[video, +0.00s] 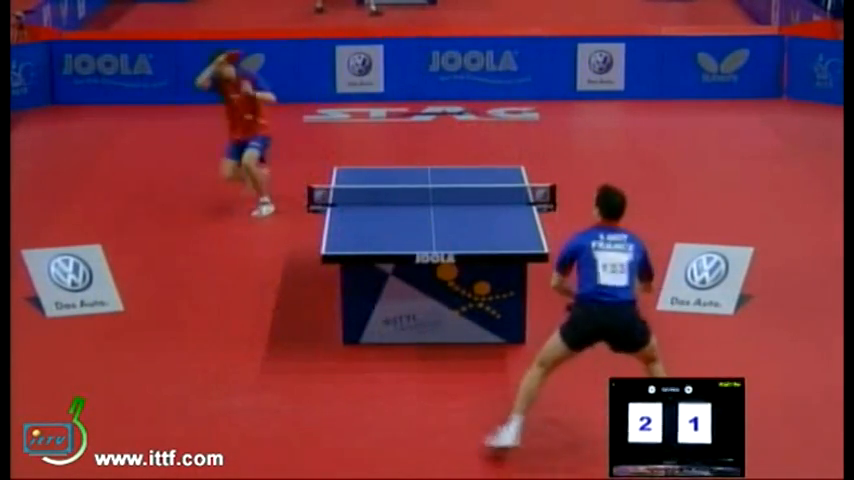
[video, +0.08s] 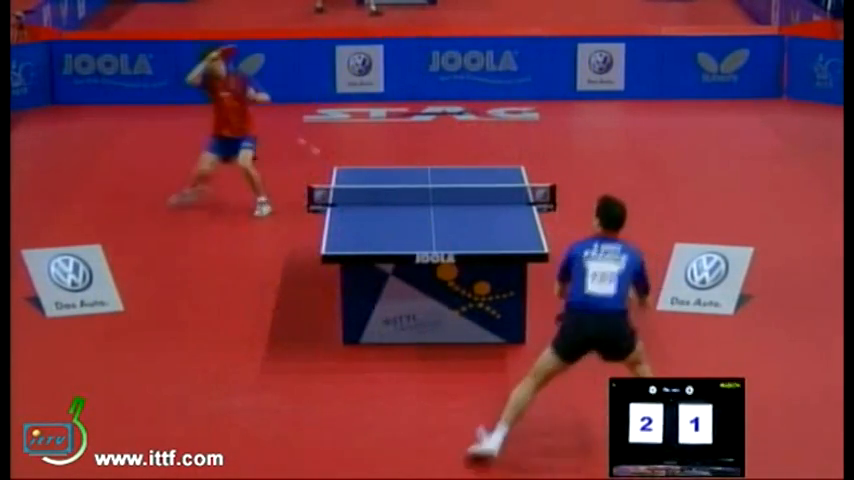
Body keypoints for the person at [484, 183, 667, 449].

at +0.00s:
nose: (595, 208)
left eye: (596, 205)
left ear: (597, 209)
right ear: (623, 211)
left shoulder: (583, 239)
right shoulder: (634, 243)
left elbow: (557, 283)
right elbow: (647, 284)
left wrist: (579, 295)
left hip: (587, 316)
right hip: (624, 317)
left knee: (541, 366)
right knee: (652, 362)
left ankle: (513, 426)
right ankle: (671, 419)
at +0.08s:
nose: (593, 220)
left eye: (595, 216)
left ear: (597, 220)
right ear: (622, 223)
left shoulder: (578, 249)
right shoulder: (633, 255)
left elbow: (561, 290)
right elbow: (644, 299)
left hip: (577, 324)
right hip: (614, 326)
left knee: (534, 379)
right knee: (639, 366)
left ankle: (496, 438)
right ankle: (660, 433)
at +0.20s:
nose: (586, 237)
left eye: (588, 233)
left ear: (588, 237)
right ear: (613, 242)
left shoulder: (568, 264)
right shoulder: (616, 277)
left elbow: (556, 308)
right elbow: (619, 322)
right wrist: (637, 342)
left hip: (555, 344)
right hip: (591, 347)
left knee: (508, 390)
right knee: (626, 366)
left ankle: (495, 449)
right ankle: (635, 437)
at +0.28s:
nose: (572, 246)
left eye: (574, 243)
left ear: (574, 247)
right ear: (598, 254)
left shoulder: (553, 274)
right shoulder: (591, 289)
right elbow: (586, 338)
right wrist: (617, 363)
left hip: (532, 356)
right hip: (566, 357)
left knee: (492, 395)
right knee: (617, 374)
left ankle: (491, 444)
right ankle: (634, 447)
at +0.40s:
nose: (559, 267)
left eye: (558, 261)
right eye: (558, 262)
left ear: (529, 259)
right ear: (553, 267)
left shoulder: (504, 286)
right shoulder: (541, 303)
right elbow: (554, 351)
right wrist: (589, 350)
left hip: (502, 374)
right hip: (539, 374)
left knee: (472, 399)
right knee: (595, 392)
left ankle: (481, 433)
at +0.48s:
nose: (475, 290)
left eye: (478, 286)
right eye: (476, 286)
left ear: (484, 288)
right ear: (506, 287)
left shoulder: (467, 314)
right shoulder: (514, 311)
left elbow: (447, 348)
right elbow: (541, 333)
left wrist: (466, 305)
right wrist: (558, 299)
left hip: (492, 390)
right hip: (528, 379)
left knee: (450, 398)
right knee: (578, 393)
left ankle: (486, 436)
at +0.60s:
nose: (414, 319)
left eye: (418, 317)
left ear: (424, 327)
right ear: (444, 316)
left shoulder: (436, 362)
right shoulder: (463, 321)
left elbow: (419, 410)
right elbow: (432, 308)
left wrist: (386, 443)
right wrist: (406, 319)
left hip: (489, 412)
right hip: (518, 390)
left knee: (425, 416)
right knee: (537, 387)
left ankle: (482, 444)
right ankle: (583, 420)